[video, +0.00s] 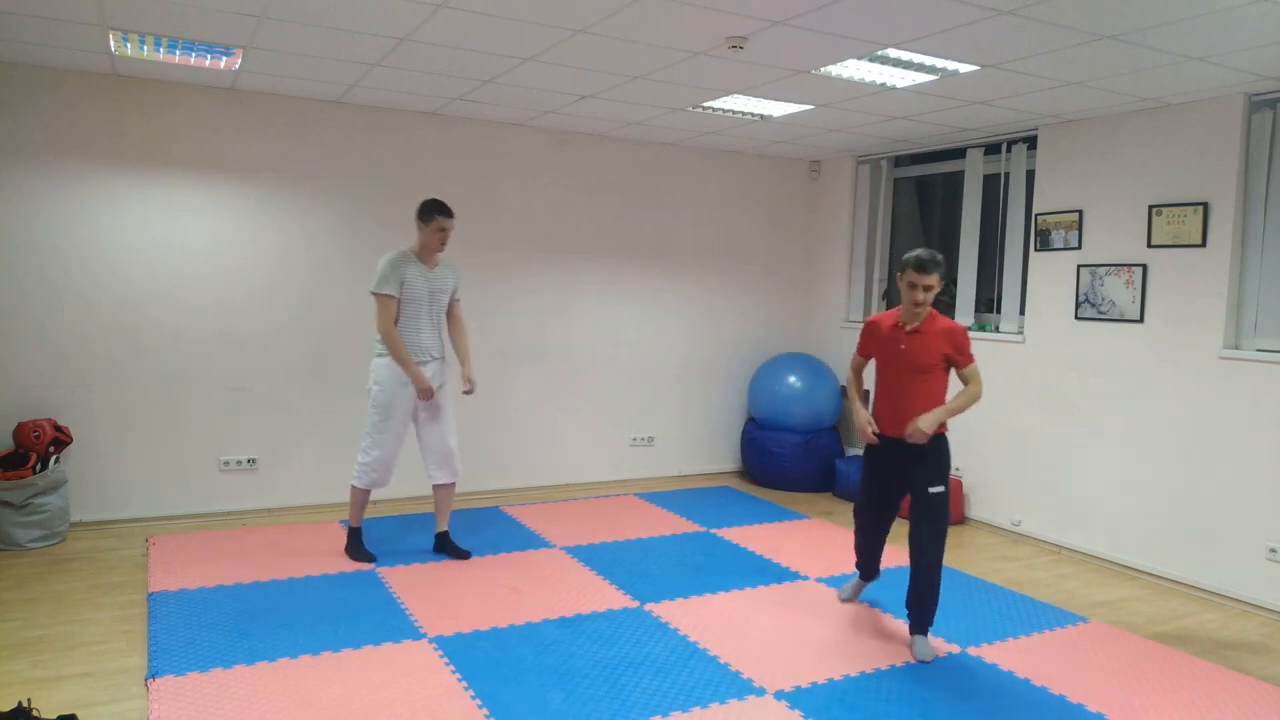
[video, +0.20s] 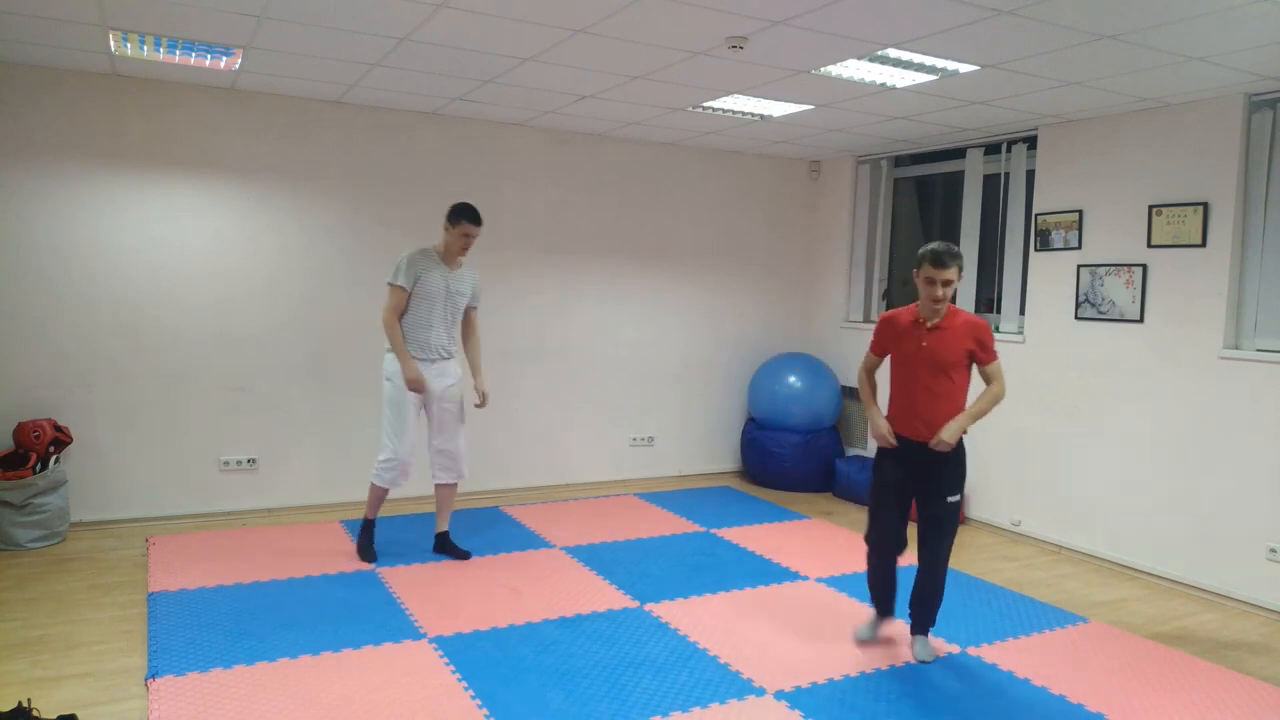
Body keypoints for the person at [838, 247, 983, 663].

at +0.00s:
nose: (920, 296)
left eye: (929, 289)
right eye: (913, 287)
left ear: (939, 289)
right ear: (899, 282)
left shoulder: (950, 334)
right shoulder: (876, 327)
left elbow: (974, 388)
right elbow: (854, 371)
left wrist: (936, 417)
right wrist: (859, 411)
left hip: (928, 449)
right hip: (883, 446)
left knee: (928, 540)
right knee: (868, 520)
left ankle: (920, 628)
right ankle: (867, 573)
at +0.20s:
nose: (939, 293)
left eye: (948, 284)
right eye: (932, 283)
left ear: (958, 283)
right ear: (916, 278)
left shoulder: (974, 329)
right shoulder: (893, 324)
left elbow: (997, 387)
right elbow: (866, 370)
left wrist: (959, 424)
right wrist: (874, 416)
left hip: (944, 455)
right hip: (895, 450)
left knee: (936, 550)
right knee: (881, 539)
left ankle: (921, 630)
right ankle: (882, 611)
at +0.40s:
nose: (951, 298)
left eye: (959, 288)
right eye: (942, 288)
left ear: (970, 287)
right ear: (926, 283)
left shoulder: (987, 334)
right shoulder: (903, 331)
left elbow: (1013, 395)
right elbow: (870, 383)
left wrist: (979, 436)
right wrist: (889, 429)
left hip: (958, 469)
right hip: (908, 464)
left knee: (942, 568)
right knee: (910, 566)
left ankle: (921, 632)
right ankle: (911, 672)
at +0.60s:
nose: (966, 300)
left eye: (975, 290)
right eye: (956, 290)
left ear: (984, 287)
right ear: (936, 285)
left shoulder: (998, 334)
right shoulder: (909, 337)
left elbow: (1019, 399)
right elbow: (876, 398)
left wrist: (999, 447)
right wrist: (911, 441)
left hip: (978, 482)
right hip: (924, 479)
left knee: (976, 588)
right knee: (923, 591)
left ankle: (929, 628)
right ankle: (919, 690)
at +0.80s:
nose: (997, 295)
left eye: (1005, 286)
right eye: (987, 284)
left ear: (1012, 284)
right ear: (964, 278)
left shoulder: (1020, 334)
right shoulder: (928, 331)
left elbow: (1034, 403)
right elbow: (901, 401)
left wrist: (1020, 454)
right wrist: (946, 453)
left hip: (1004, 492)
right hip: (942, 489)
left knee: (1019, 606)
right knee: (928, 598)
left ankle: (1012, 706)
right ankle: (921, 691)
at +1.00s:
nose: (1044, 309)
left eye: (1055, 300)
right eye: (1036, 296)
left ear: (1063, 299)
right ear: (1011, 288)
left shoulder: (1065, 350)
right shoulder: (971, 337)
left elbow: (1088, 425)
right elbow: (926, 406)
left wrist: (1055, 468)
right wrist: (970, 465)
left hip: (1036, 511)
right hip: (975, 506)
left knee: (1054, 638)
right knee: (950, 611)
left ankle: (1058, 717)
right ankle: (921, 693)